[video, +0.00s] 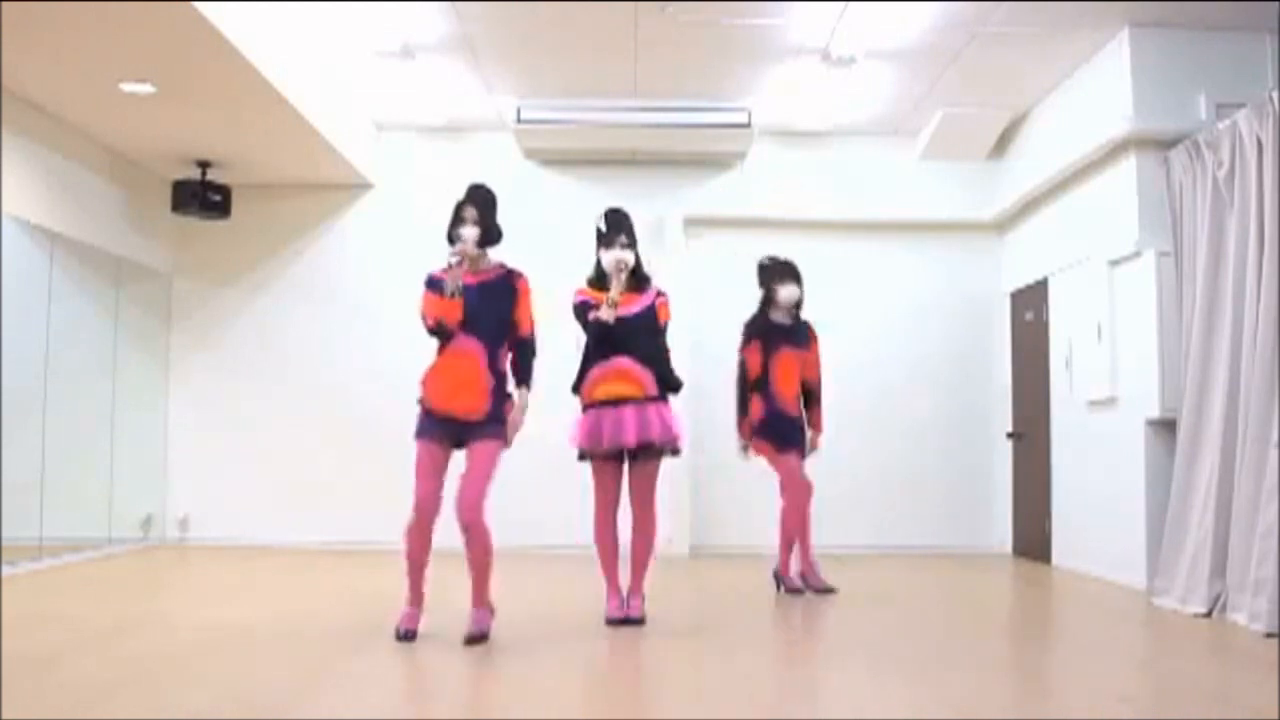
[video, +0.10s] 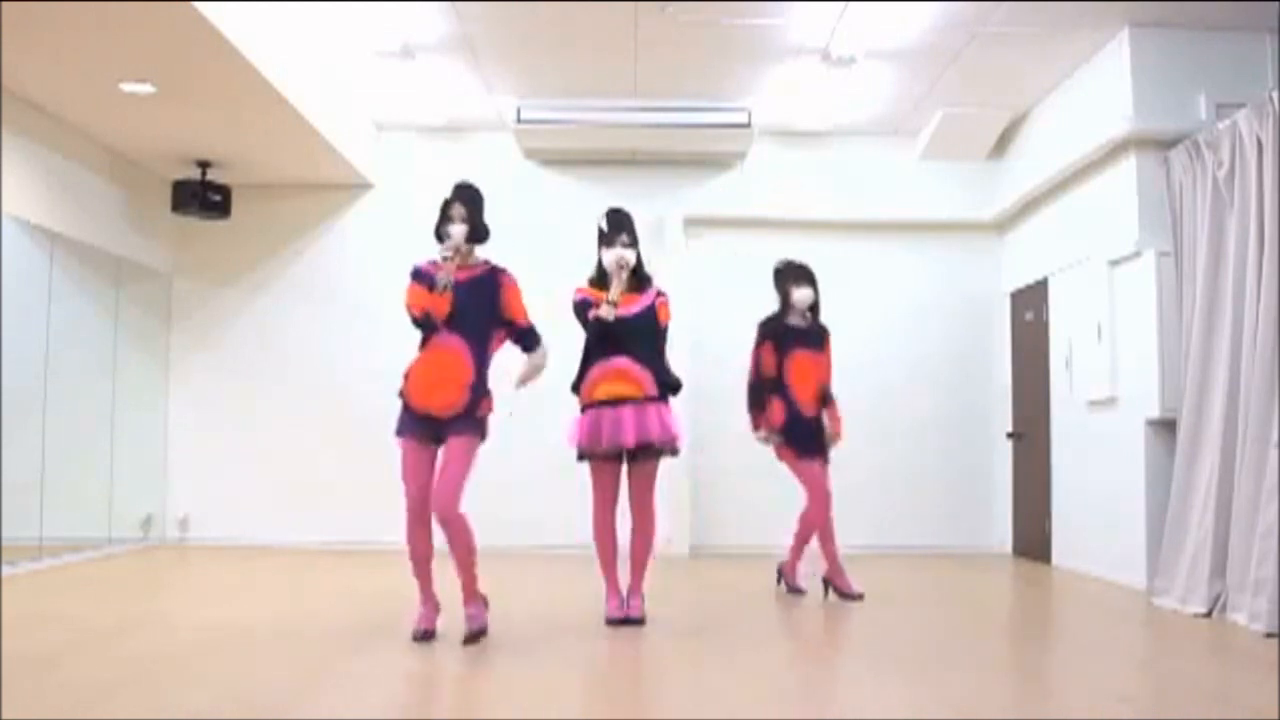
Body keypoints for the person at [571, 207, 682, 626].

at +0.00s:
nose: (620, 257)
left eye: (626, 248)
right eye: (612, 248)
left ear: (636, 252)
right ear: (599, 253)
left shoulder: (653, 297)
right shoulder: (586, 296)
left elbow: (658, 343)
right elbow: (595, 328)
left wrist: (669, 379)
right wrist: (613, 292)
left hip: (647, 397)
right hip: (603, 397)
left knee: (642, 500)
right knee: (606, 501)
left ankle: (636, 589)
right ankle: (613, 589)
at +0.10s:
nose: (620, 256)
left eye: (627, 247)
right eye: (612, 247)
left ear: (637, 251)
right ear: (600, 252)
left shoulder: (654, 296)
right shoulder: (586, 294)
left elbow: (658, 344)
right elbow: (595, 322)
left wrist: (665, 378)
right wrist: (614, 286)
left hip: (646, 395)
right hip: (602, 396)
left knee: (641, 500)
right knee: (605, 501)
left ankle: (636, 589)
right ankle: (612, 590)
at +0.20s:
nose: (621, 255)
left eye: (627, 247)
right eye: (612, 247)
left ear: (638, 251)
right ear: (599, 251)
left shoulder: (654, 295)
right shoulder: (587, 294)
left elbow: (658, 343)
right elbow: (595, 324)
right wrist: (614, 284)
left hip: (646, 396)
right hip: (602, 396)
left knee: (641, 499)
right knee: (605, 501)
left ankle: (636, 589)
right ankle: (612, 590)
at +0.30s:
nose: (620, 255)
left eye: (627, 247)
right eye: (612, 247)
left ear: (638, 251)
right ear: (600, 252)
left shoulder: (655, 295)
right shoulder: (586, 294)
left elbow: (660, 344)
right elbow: (592, 319)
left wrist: (666, 374)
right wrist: (613, 286)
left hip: (646, 397)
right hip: (602, 397)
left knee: (641, 500)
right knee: (605, 501)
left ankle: (636, 589)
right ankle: (612, 590)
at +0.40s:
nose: (620, 255)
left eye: (627, 246)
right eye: (612, 246)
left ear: (637, 250)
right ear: (599, 251)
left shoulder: (654, 295)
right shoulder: (585, 294)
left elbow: (662, 344)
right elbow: (593, 322)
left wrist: (667, 374)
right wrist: (612, 287)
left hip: (645, 397)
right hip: (601, 398)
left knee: (641, 500)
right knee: (606, 501)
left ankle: (636, 589)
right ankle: (612, 589)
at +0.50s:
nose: (619, 255)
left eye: (626, 246)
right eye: (611, 246)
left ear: (637, 250)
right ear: (599, 250)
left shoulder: (655, 294)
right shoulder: (585, 294)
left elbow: (673, 345)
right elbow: (589, 324)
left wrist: (673, 365)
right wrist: (609, 291)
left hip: (645, 400)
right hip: (600, 401)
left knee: (641, 500)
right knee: (606, 501)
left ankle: (636, 590)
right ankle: (613, 590)